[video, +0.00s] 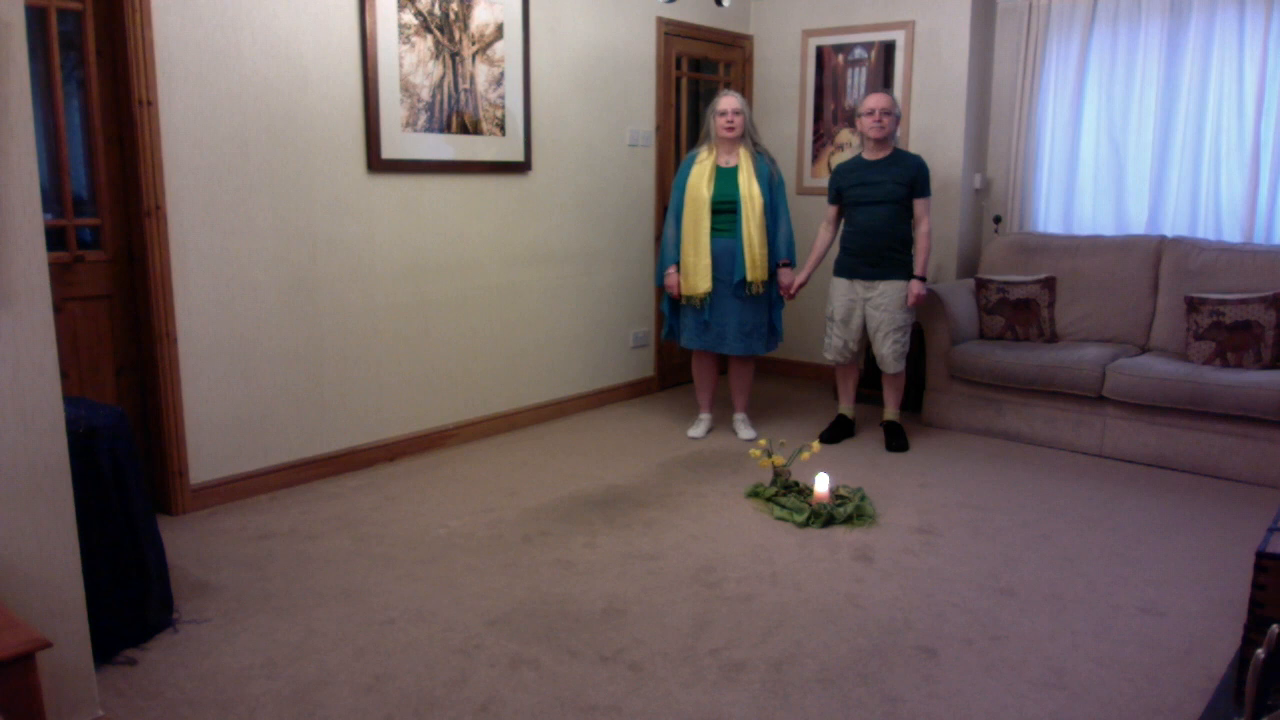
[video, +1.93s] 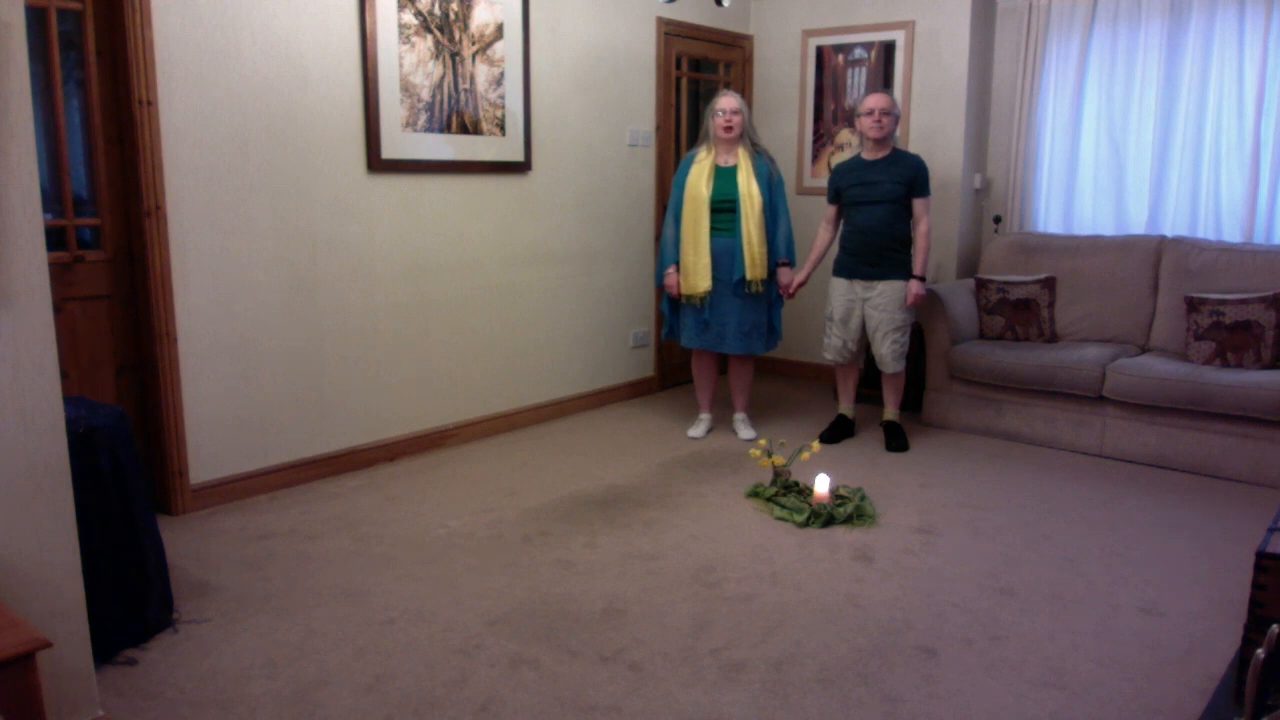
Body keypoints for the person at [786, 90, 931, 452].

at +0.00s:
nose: (878, 119)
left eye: (885, 113)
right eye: (870, 114)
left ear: (897, 121)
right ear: (858, 123)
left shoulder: (913, 167)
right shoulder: (843, 172)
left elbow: (922, 224)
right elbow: (829, 226)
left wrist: (919, 276)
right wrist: (804, 273)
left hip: (893, 279)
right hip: (848, 277)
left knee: (892, 355)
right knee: (843, 349)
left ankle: (892, 420)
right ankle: (845, 415)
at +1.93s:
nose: (877, 119)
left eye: (885, 114)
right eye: (870, 114)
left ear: (896, 121)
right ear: (857, 122)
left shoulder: (912, 167)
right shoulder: (842, 172)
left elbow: (922, 224)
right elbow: (828, 227)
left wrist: (918, 276)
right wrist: (804, 272)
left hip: (892, 279)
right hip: (847, 277)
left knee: (891, 354)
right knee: (843, 349)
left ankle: (892, 420)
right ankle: (845, 415)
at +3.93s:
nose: (879, 119)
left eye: (887, 113)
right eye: (871, 114)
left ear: (898, 121)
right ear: (858, 122)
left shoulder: (913, 166)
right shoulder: (843, 172)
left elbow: (923, 223)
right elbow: (829, 226)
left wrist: (920, 276)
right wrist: (805, 272)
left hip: (893, 279)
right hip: (848, 277)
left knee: (891, 354)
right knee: (843, 349)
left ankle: (892, 420)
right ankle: (845, 415)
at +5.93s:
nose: (881, 119)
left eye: (888, 113)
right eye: (873, 113)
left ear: (899, 121)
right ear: (860, 122)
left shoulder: (914, 166)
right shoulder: (844, 172)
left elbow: (924, 224)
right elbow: (830, 227)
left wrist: (921, 276)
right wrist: (806, 273)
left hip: (894, 278)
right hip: (849, 276)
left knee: (892, 354)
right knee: (844, 349)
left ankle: (892, 420)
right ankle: (845, 415)